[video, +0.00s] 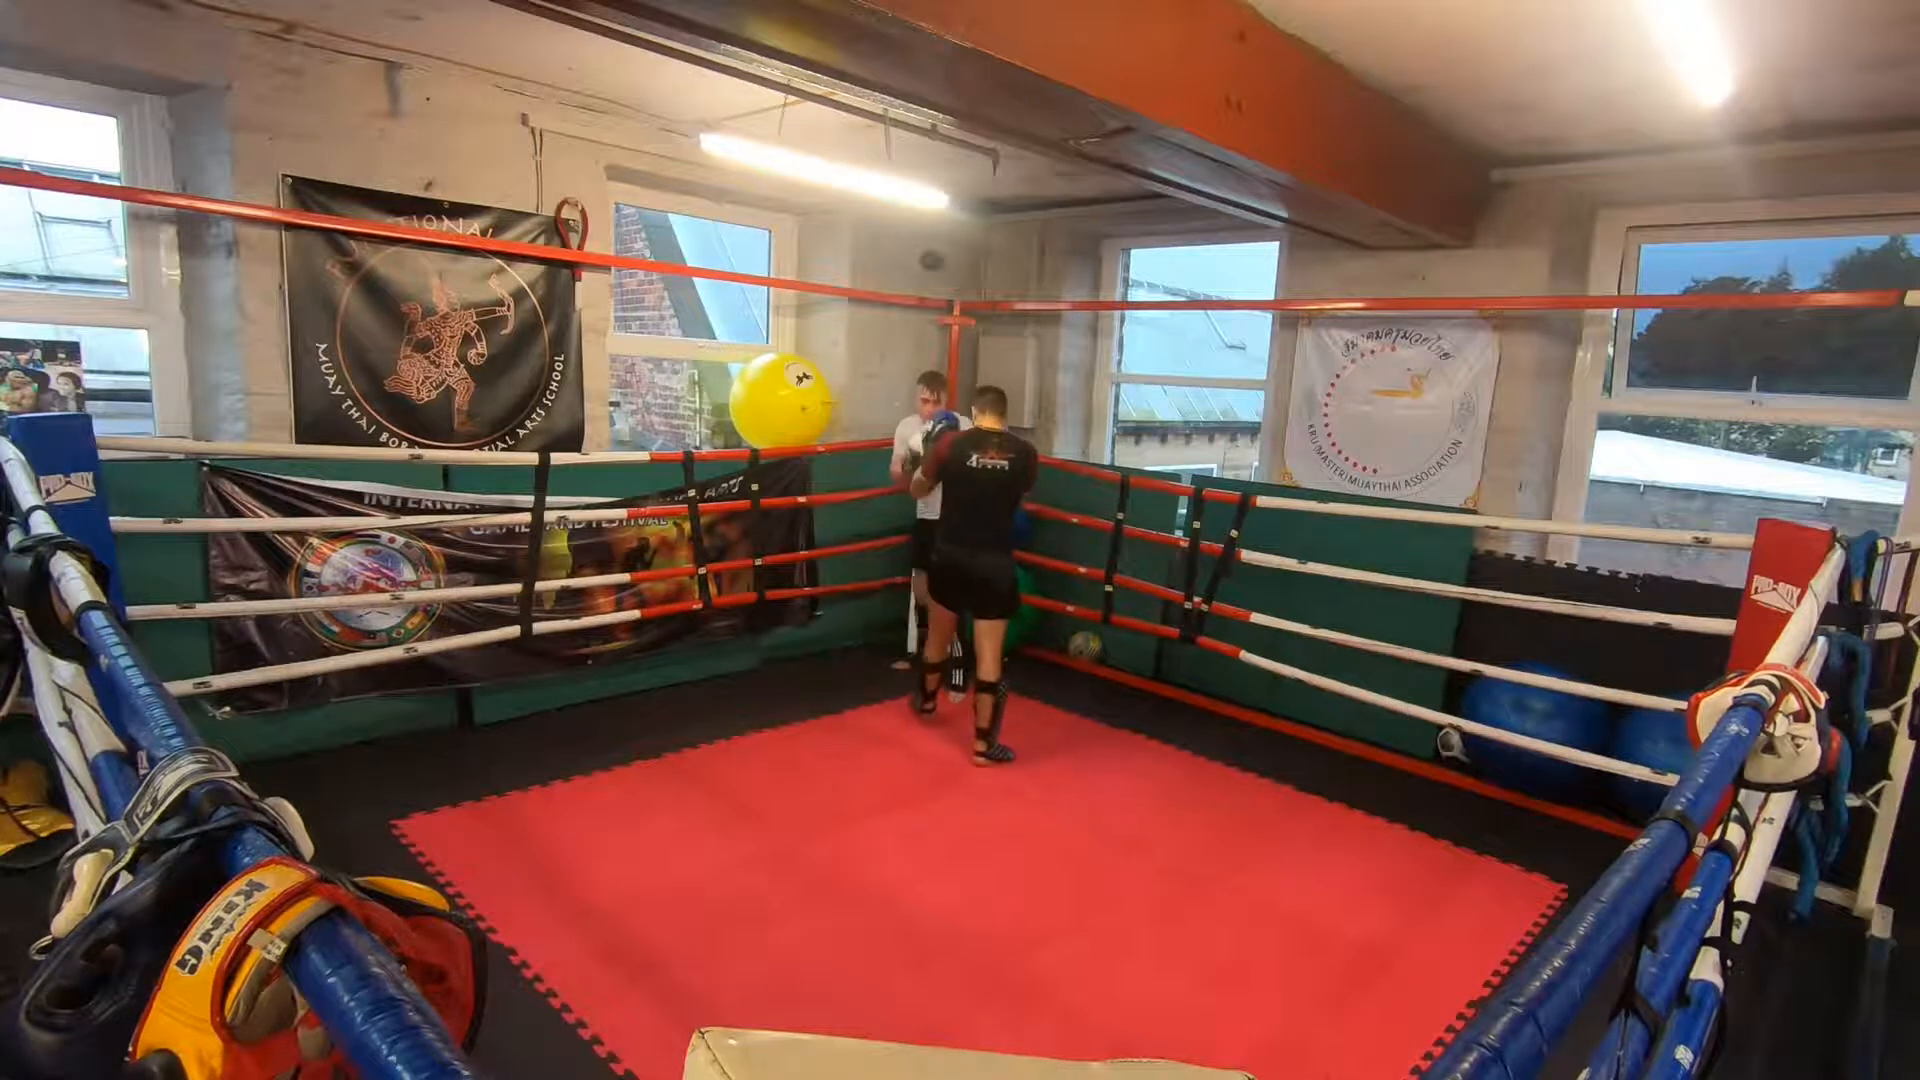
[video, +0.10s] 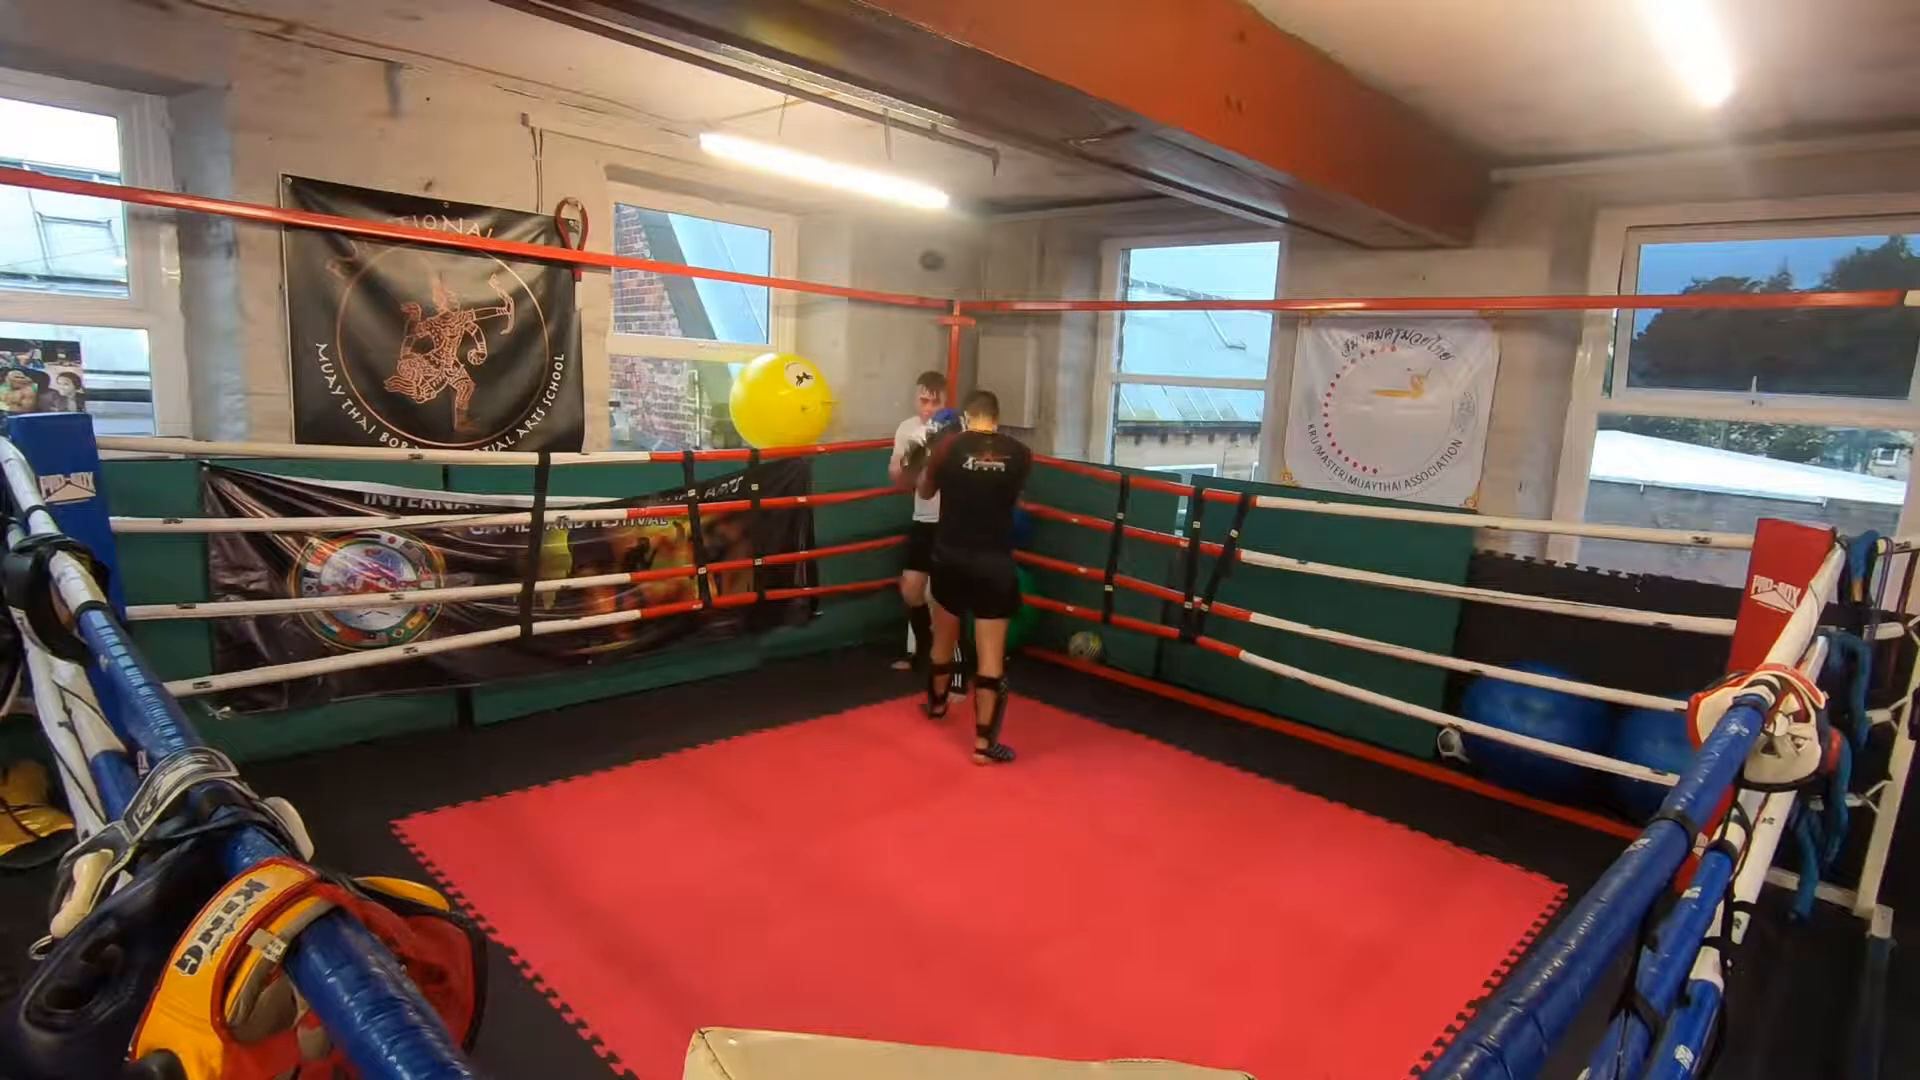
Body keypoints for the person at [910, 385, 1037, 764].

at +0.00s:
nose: (976, 417)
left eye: (974, 410)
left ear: (974, 412)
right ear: (1005, 414)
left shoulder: (950, 443)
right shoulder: (1025, 453)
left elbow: (919, 488)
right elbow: (1021, 493)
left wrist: (910, 470)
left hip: (949, 557)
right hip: (994, 562)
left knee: (938, 636)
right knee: (989, 654)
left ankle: (927, 701)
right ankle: (984, 743)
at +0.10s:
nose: (970, 422)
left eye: (966, 415)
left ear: (966, 415)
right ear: (998, 418)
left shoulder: (948, 447)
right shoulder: (1019, 453)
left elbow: (925, 491)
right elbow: (1010, 498)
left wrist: (939, 455)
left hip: (949, 560)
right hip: (993, 563)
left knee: (943, 640)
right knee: (991, 656)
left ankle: (937, 705)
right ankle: (984, 744)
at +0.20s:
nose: (962, 422)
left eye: (959, 415)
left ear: (959, 416)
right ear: (991, 417)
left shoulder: (941, 450)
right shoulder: (1011, 452)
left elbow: (932, 485)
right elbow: (999, 483)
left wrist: (948, 438)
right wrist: (972, 436)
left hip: (947, 556)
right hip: (991, 559)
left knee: (941, 634)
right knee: (996, 650)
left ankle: (937, 701)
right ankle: (985, 738)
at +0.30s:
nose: (960, 418)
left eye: (957, 411)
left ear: (956, 413)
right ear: (987, 413)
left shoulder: (938, 446)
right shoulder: (1006, 447)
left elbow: (932, 473)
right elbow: (1012, 470)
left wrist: (946, 430)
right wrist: (977, 431)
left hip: (946, 550)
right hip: (988, 553)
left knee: (942, 629)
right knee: (1002, 640)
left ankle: (937, 699)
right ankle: (990, 721)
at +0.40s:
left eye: (957, 411)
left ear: (955, 415)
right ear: (988, 415)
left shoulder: (937, 444)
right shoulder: (1004, 446)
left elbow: (939, 443)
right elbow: (1009, 465)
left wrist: (954, 427)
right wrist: (981, 430)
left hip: (947, 548)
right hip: (990, 551)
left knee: (942, 628)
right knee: (1003, 635)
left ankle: (938, 701)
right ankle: (997, 720)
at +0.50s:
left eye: (963, 413)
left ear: (959, 414)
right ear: (993, 416)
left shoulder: (940, 441)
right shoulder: (1007, 443)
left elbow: (938, 477)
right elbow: (1009, 461)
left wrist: (964, 433)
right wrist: (982, 431)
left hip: (950, 548)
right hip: (992, 550)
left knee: (943, 629)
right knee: (1002, 639)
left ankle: (937, 702)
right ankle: (1005, 722)